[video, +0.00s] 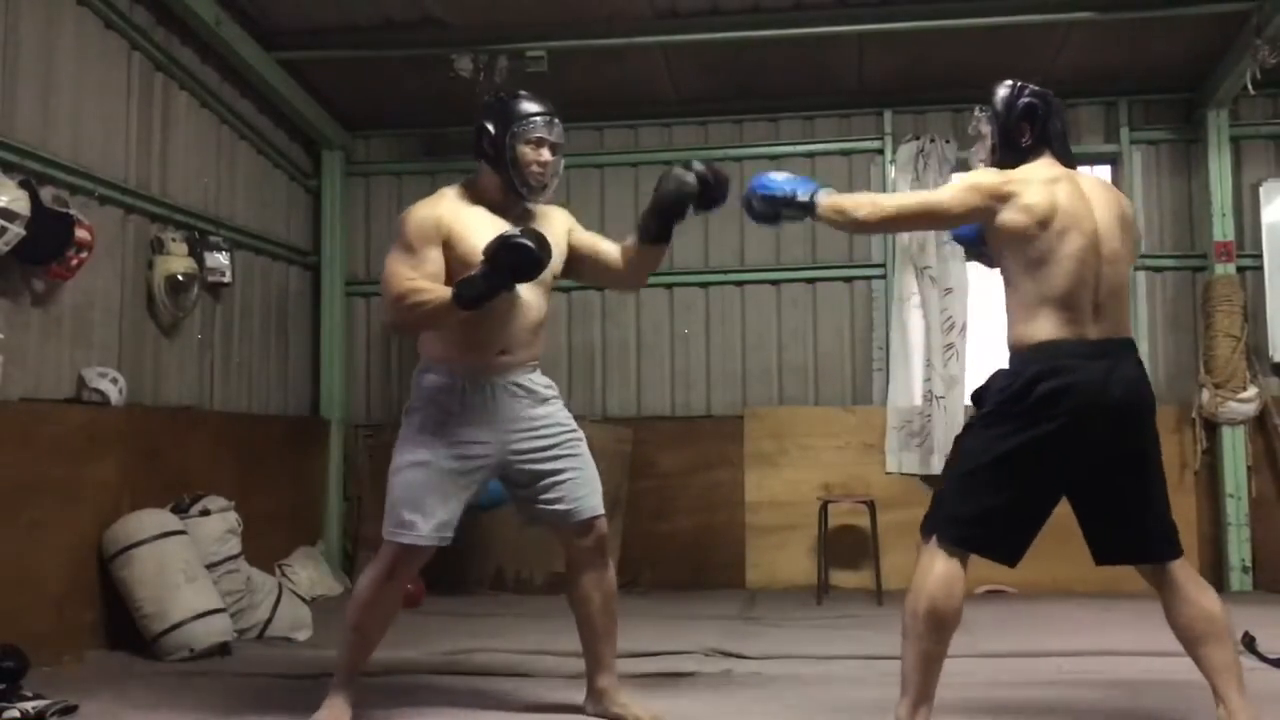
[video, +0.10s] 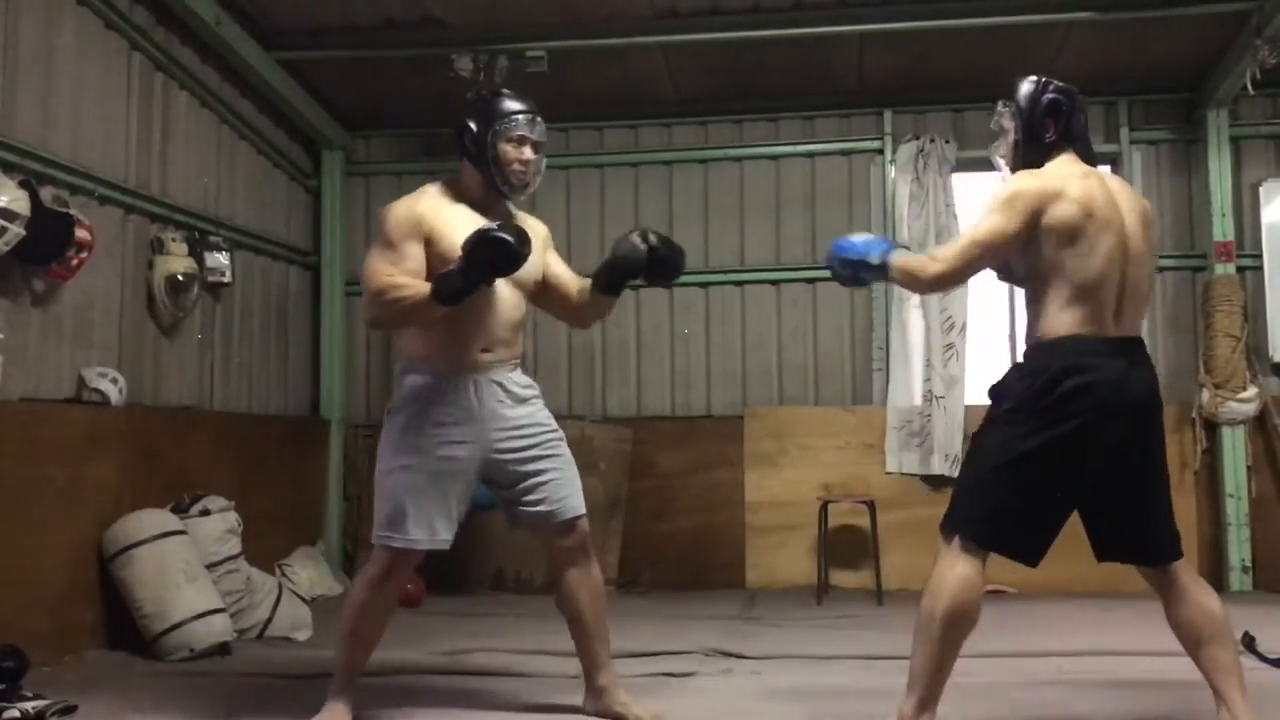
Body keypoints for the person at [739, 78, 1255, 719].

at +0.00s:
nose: (979, 143)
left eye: (983, 131)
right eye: (981, 131)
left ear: (1010, 134)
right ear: (1051, 134)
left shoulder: (1000, 185)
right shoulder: (1114, 198)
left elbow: (871, 212)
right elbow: (1071, 262)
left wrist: (803, 196)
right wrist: (988, 249)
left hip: (1039, 387)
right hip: (1123, 387)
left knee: (947, 544)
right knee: (1168, 562)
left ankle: (914, 707)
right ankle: (1237, 706)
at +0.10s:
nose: (1000, 143)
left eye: (1005, 130)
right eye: (999, 129)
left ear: (1033, 130)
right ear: (1070, 130)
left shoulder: (1031, 188)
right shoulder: (1131, 199)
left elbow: (935, 272)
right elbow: (1080, 279)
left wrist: (879, 258)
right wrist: (1002, 258)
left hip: (1056, 383)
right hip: (1132, 383)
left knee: (965, 547)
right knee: (1170, 566)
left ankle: (914, 709)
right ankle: (1239, 709)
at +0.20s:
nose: (1006, 148)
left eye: (1008, 132)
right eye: (1003, 133)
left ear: (1034, 126)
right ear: (1080, 125)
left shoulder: (1051, 178)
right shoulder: (1140, 197)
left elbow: (1017, 287)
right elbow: (1148, 317)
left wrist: (942, 283)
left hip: (1061, 379)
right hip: (1136, 381)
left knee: (959, 530)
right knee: (1164, 559)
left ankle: (937, 707)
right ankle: (1236, 708)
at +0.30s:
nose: (998, 140)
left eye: (1004, 122)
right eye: (998, 123)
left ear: (1034, 122)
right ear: (1075, 122)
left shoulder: (1050, 173)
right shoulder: (1132, 194)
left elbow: (1040, 274)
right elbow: (1127, 308)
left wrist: (956, 280)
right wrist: (1015, 256)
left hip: (1053, 383)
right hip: (1130, 384)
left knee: (964, 538)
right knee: (1163, 560)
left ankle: (946, 710)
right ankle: (1235, 708)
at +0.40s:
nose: (985, 141)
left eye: (991, 124)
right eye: (984, 125)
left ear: (1023, 124)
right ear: (1058, 124)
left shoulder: (1038, 180)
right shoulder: (1116, 191)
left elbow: (1018, 285)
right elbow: (1090, 282)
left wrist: (941, 288)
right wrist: (1001, 252)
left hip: (1046, 386)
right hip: (1121, 384)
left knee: (965, 545)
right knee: (1154, 561)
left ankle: (948, 713)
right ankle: (1234, 707)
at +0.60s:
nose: (963, 135)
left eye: (967, 123)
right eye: (963, 122)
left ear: (997, 122)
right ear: (1034, 119)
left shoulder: (1010, 170)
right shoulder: (1096, 175)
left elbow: (947, 256)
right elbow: (1043, 243)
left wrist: (888, 224)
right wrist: (978, 198)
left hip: (1040, 371)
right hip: (1119, 368)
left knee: (971, 552)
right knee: (1167, 555)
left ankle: (949, 713)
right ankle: (1238, 709)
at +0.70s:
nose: (972, 144)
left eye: (976, 132)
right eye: (972, 133)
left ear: (1007, 132)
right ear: (1044, 128)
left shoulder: (1017, 175)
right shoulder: (1104, 184)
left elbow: (927, 254)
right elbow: (1029, 287)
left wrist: (875, 215)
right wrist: (977, 231)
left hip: (1046, 382)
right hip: (1126, 380)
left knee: (955, 551)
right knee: (1168, 563)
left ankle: (946, 713)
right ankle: (1245, 708)